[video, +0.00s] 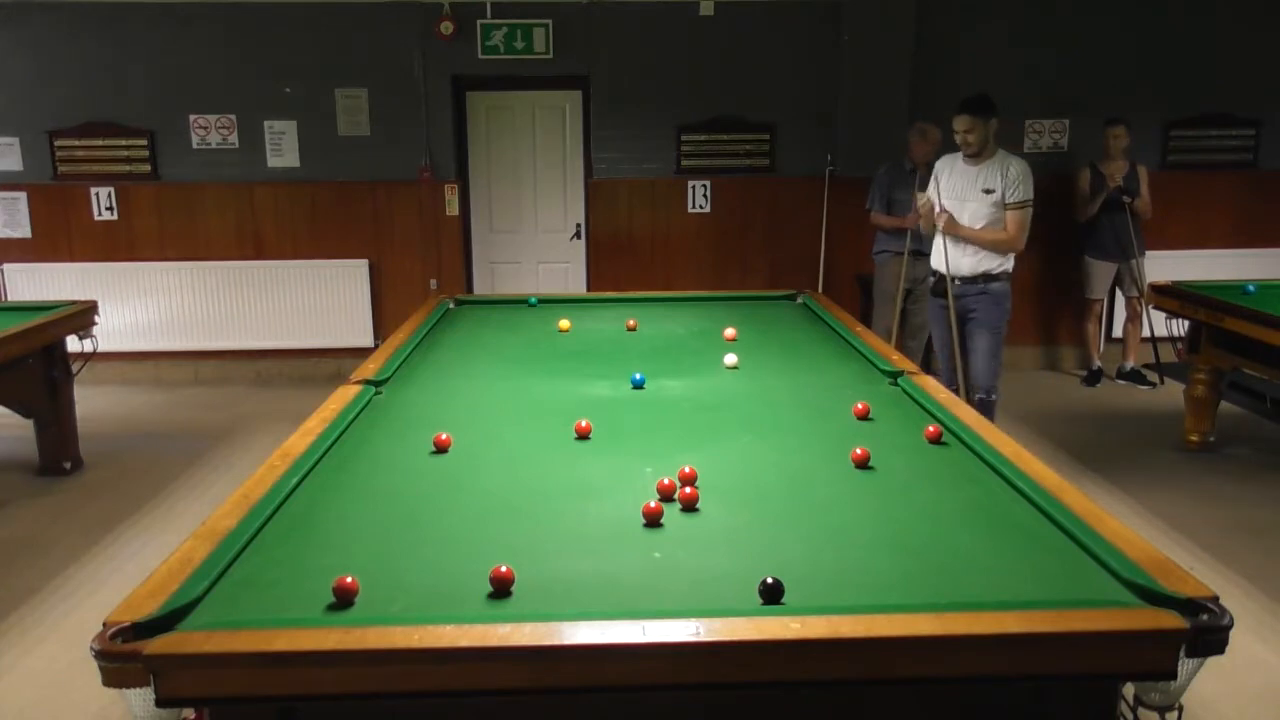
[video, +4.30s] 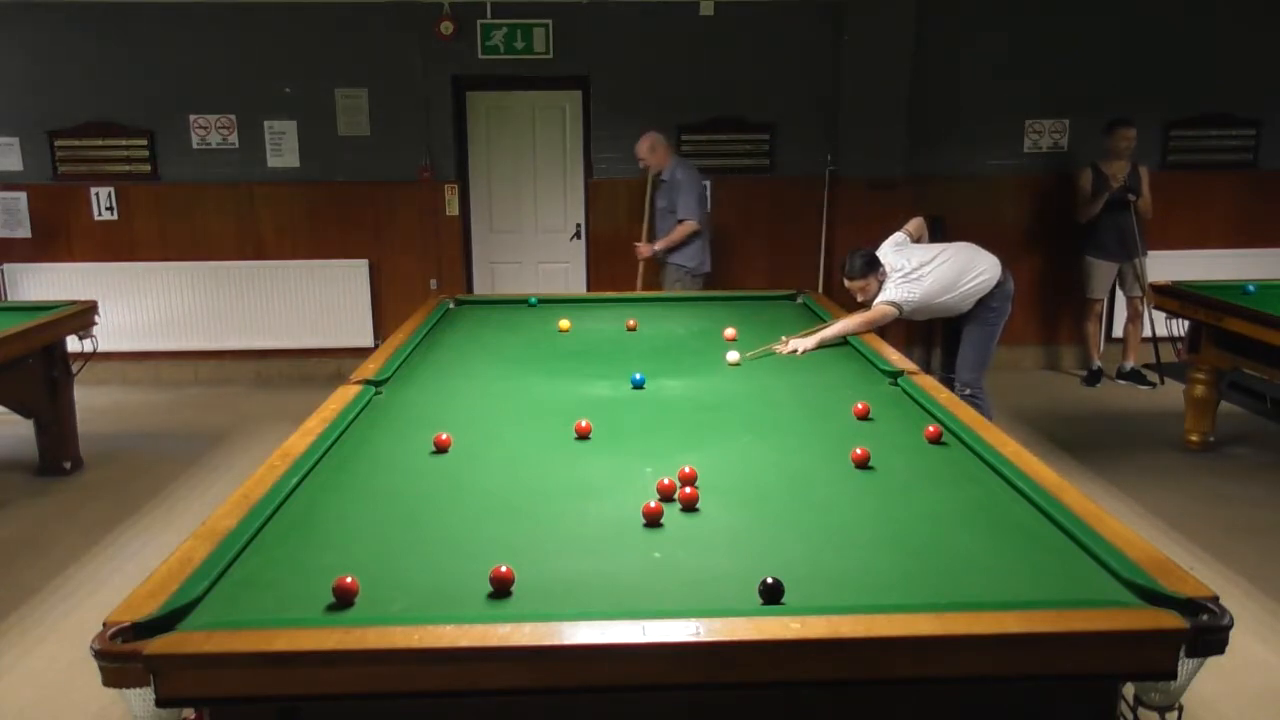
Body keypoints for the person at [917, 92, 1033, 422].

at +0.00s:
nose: (961, 139)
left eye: (968, 132)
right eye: (956, 132)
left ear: (992, 127)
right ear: (952, 130)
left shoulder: (1013, 170)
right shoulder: (944, 165)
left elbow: (1016, 240)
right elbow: (929, 225)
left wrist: (959, 231)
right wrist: (926, 216)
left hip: (986, 291)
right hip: (942, 290)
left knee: (982, 389)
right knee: (947, 384)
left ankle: (979, 466)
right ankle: (948, 463)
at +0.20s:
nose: (961, 139)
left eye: (969, 131)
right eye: (956, 131)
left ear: (991, 128)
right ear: (952, 131)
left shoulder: (1012, 171)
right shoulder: (941, 168)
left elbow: (1022, 240)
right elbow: (926, 219)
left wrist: (979, 279)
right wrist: (921, 256)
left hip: (986, 289)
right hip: (940, 287)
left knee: (977, 383)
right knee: (944, 379)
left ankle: (970, 458)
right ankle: (942, 453)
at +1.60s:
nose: (922, 155)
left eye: (930, 147)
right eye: (917, 147)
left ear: (948, 144)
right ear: (912, 146)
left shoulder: (966, 171)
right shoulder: (921, 188)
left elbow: (981, 232)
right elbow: (920, 246)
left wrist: (927, 262)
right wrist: (909, 293)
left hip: (969, 292)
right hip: (929, 291)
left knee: (953, 381)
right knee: (919, 376)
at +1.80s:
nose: (907, 179)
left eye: (915, 172)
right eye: (902, 172)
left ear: (933, 165)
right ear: (897, 167)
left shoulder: (947, 186)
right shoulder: (911, 201)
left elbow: (944, 237)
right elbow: (918, 255)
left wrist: (892, 279)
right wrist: (908, 303)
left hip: (973, 294)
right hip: (932, 295)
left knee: (953, 375)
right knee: (920, 374)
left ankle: (978, 446)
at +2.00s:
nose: (890, 212)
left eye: (896, 205)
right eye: (884, 206)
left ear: (914, 194)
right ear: (879, 199)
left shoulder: (928, 212)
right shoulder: (917, 210)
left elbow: (897, 268)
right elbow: (932, 252)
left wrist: (851, 310)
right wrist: (925, 294)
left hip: (995, 287)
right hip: (955, 288)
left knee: (980, 381)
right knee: (941, 372)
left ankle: (986, 458)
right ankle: (937, 446)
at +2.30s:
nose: (872, 266)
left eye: (877, 259)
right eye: (867, 259)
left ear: (894, 248)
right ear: (862, 249)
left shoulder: (908, 268)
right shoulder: (903, 233)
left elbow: (871, 308)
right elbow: (941, 233)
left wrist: (822, 335)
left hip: (1001, 289)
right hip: (966, 290)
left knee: (977, 383)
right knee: (953, 373)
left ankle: (983, 453)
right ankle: (950, 440)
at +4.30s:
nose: (859, 298)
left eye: (863, 290)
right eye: (853, 292)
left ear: (880, 276)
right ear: (846, 281)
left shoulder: (897, 294)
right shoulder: (887, 249)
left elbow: (865, 321)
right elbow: (918, 222)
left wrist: (812, 340)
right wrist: (922, 256)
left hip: (992, 285)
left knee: (968, 382)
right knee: (952, 374)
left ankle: (981, 449)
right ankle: (959, 442)